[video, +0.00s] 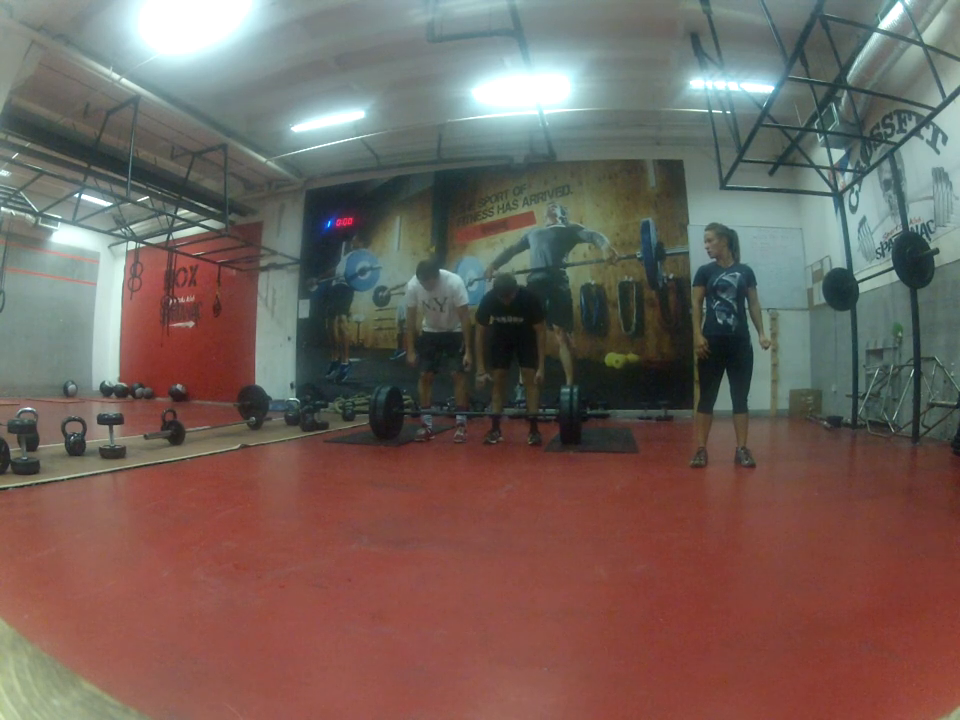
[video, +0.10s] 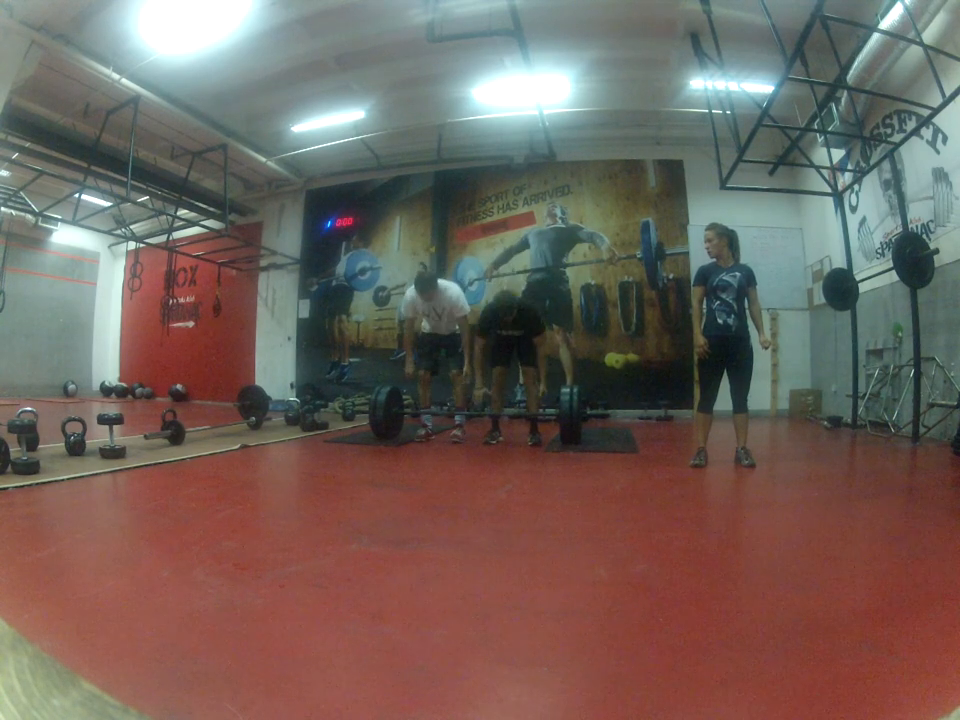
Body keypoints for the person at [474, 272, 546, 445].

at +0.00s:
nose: (506, 300)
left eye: (508, 296)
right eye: (502, 296)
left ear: (515, 291)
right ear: (496, 292)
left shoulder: (530, 299)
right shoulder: (489, 300)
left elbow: (540, 330)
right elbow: (480, 332)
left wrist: (541, 367)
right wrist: (480, 369)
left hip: (526, 341)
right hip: (501, 341)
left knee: (530, 378)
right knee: (498, 378)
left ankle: (534, 429)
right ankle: (495, 428)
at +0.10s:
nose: (507, 319)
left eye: (510, 315)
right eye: (504, 316)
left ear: (516, 309)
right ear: (497, 310)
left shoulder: (529, 311)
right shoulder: (489, 312)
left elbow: (541, 345)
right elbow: (479, 346)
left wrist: (543, 381)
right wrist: (479, 384)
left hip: (525, 338)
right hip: (501, 338)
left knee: (530, 376)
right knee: (498, 376)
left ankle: (534, 429)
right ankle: (495, 428)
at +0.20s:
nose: (507, 334)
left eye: (510, 330)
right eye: (504, 331)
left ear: (516, 325)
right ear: (498, 327)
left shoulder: (529, 325)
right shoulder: (490, 326)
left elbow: (540, 359)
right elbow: (478, 361)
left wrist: (545, 394)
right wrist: (478, 397)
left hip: (524, 344)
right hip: (499, 344)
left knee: (531, 380)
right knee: (497, 380)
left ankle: (534, 430)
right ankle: (495, 429)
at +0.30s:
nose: (508, 343)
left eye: (511, 339)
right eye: (504, 340)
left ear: (517, 333)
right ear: (497, 334)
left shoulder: (530, 333)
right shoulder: (490, 336)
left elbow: (541, 367)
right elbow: (477, 369)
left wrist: (547, 400)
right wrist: (476, 403)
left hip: (524, 348)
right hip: (499, 351)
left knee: (531, 382)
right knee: (494, 385)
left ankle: (534, 431)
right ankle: (495, 429)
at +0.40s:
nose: (508, 348)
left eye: (511, 345)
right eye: (505, 345)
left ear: (517, 339)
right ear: (498, 339)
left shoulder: (529, 337)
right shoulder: (491, 340)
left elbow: (541, 371)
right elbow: (474, 371)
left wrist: (547, 404)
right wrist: (476, 404)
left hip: (524, 354)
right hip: (499, 356)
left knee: (531, 386)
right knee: (493, 389)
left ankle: (534, 431)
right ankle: (495, 429)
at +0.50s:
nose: (507, 349)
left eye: (509, 346)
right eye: (503, 347)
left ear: (516, 340)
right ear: (498, 341)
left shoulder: (529, 338)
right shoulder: (490, 341)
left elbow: (541, 371)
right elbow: (474, 371)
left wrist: (547, 402)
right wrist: (476, 403)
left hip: (525, 356)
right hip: (501, 357)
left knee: (531, 385)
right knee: (494, 386)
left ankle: (534, 431)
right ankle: (495, 429)